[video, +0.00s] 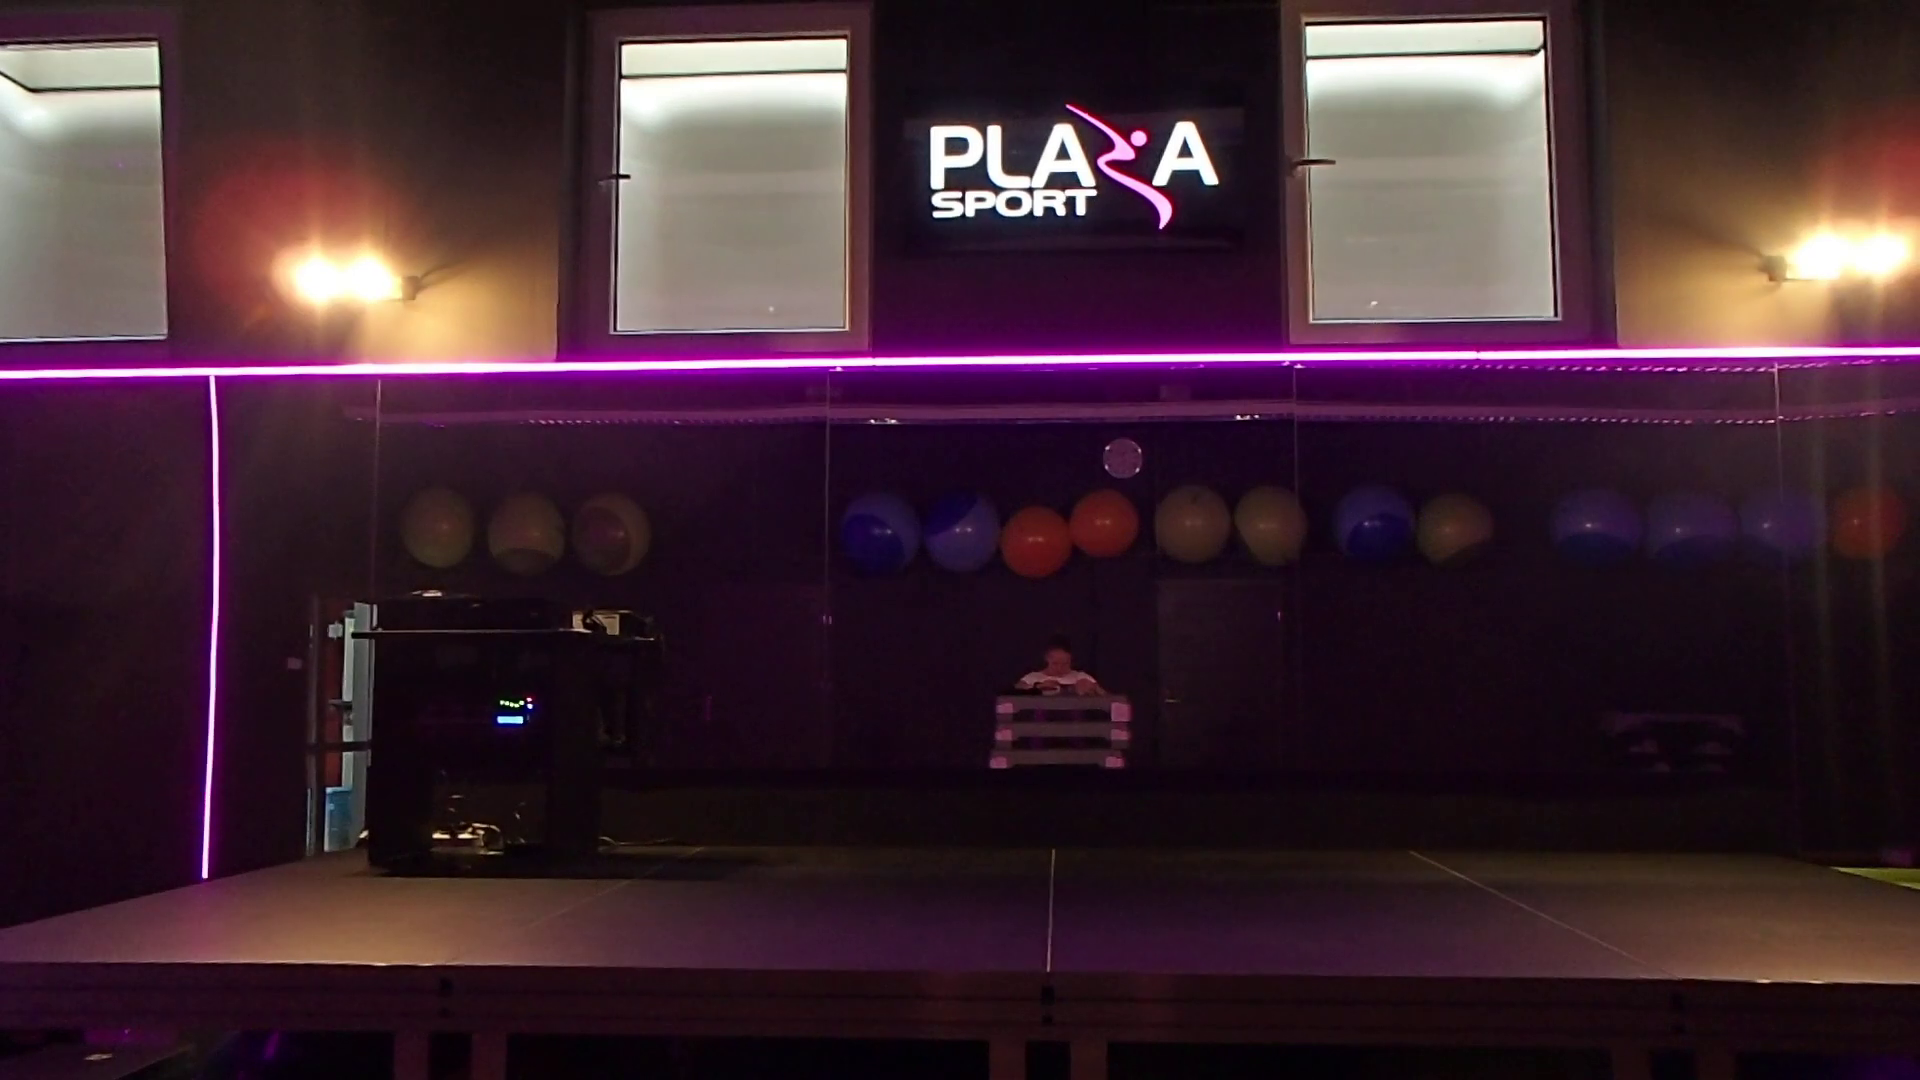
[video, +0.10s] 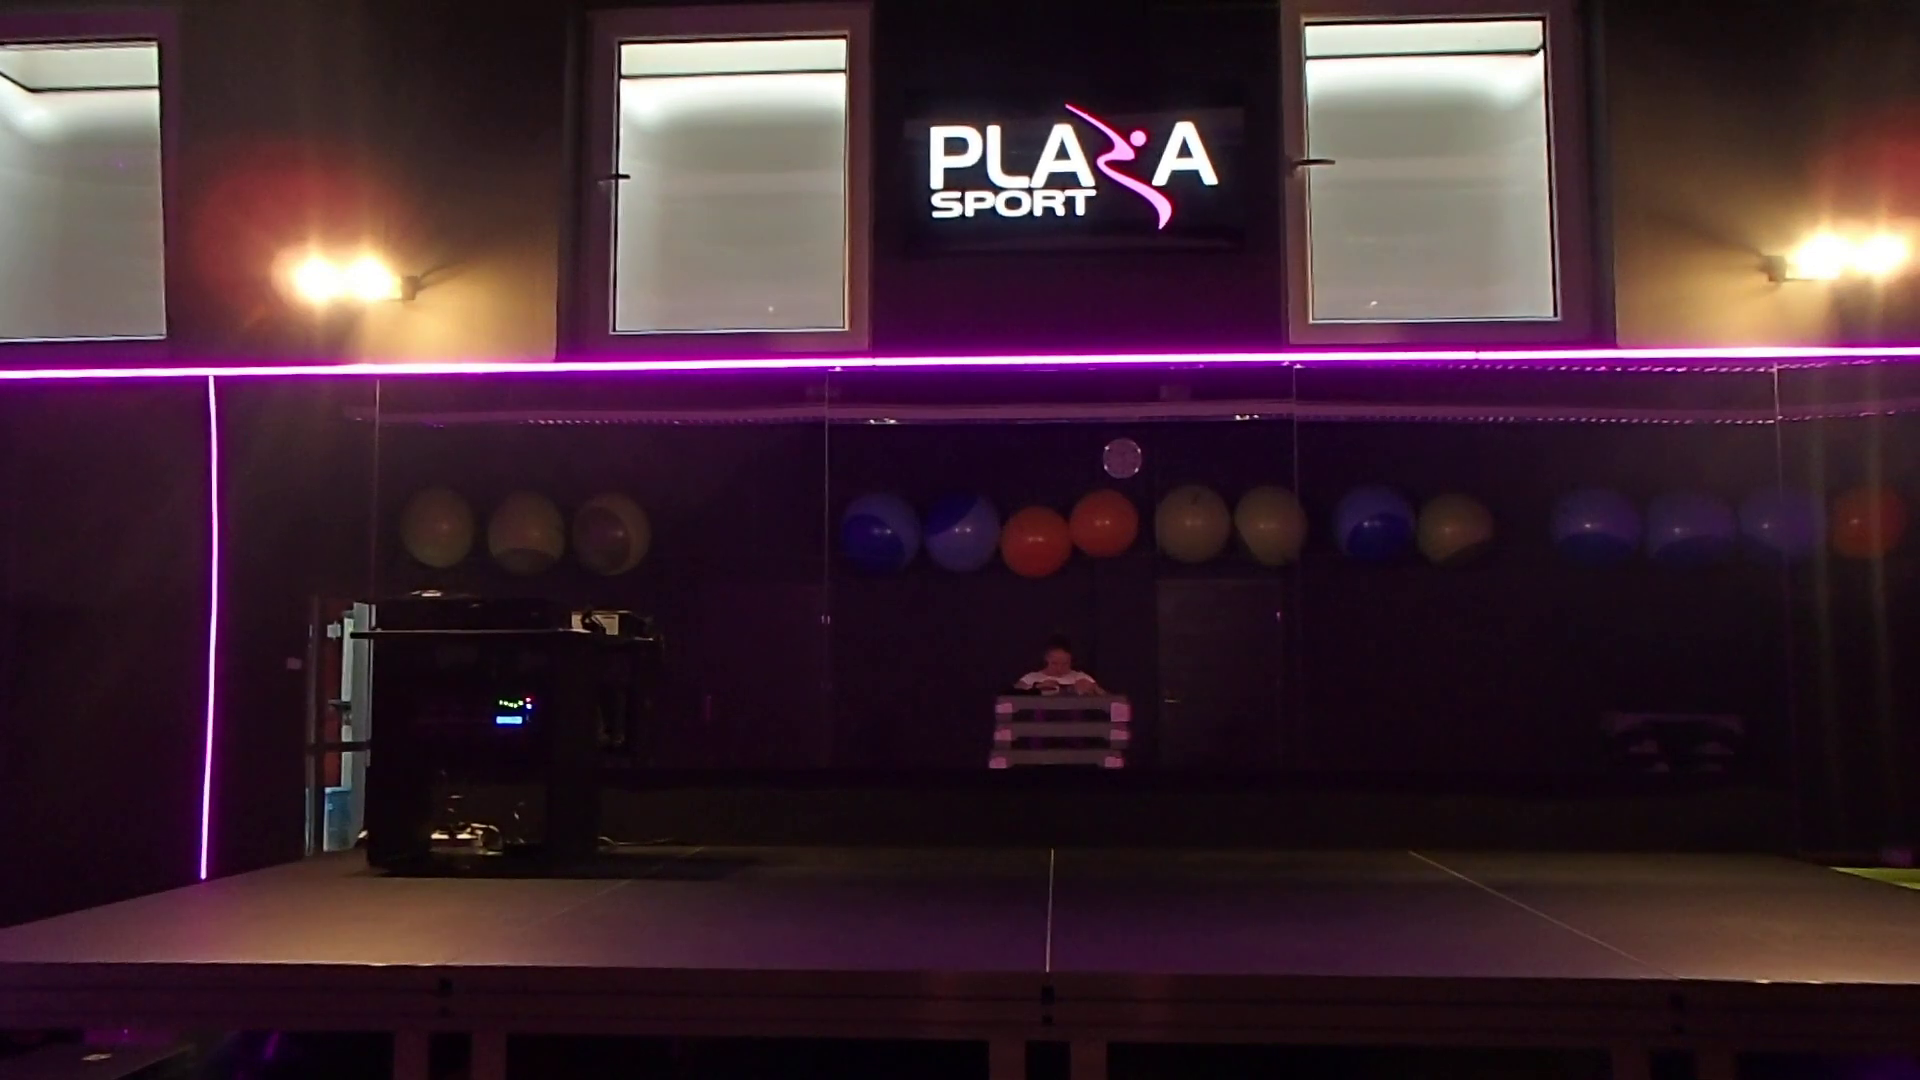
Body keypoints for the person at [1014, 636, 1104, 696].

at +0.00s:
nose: (1060, 668)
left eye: (1064, 663)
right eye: (1055, 663)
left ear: (1070, 661)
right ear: (1047, 660)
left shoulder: (1081, 678)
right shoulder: (1033, 678)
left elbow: (1106, 699)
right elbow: (1016, 693)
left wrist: (1092, 690)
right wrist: (1038, 687)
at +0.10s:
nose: (1059, 668)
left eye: (1064, 663)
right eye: (1054, 663)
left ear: (1070, 661)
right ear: (1047, 660)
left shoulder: (1081, 678)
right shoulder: (1032, 678)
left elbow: (1106, 699)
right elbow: (1014, 695)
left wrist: (1092, 690)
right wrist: (1037, 688)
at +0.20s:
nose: (1059, 668)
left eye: (1064, 663)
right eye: (1054, 663)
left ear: (1070, 661)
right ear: (1047, 660)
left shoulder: (1081, 678)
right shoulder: (1032, 678)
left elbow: (1105, 699)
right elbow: (1015, 695)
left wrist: (1092, 689)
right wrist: (1038, 688)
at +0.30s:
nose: (1059, 668)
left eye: (1064, 664)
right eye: (1055, 663)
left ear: (1070, 661)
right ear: (1048, 660)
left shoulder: (1081, 677)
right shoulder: (1033, 677)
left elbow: (1104, 697)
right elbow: (1016, 693)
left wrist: (1091, 689)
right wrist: (1038, 687)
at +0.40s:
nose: (1053, 667)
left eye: (1057, 662)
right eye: (1048, 662)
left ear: (1063, 660)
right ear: (1041, 659)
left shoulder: (1074, 677)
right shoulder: (1026, 677)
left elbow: (1097, 697)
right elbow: (1010, 692)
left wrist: (1084, 689)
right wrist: (1031, 686)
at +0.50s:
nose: (1047, 666)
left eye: (1052, 662)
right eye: (1042, 662)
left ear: (1058, 660)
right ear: (1034, 659)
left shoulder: (1068, 677)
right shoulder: (1020, 677)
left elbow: (1092, 697)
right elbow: (1004, 692)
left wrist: (1080, 689)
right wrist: (1025, 687)